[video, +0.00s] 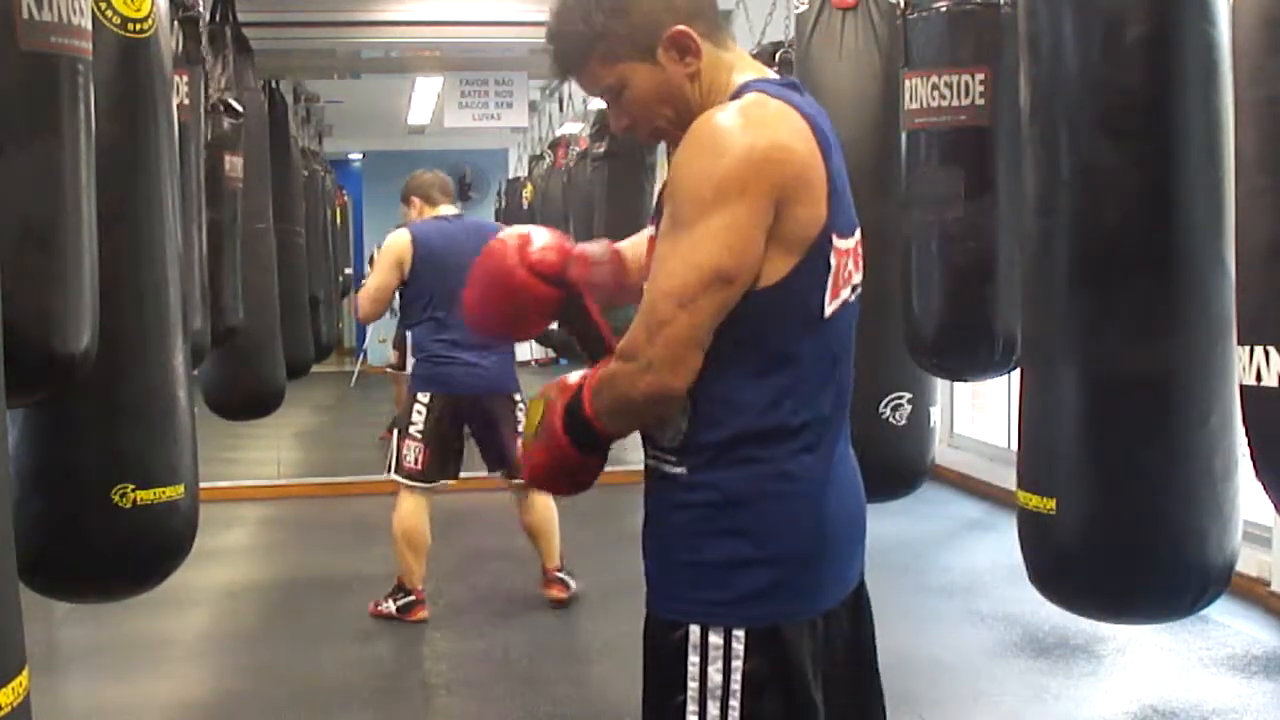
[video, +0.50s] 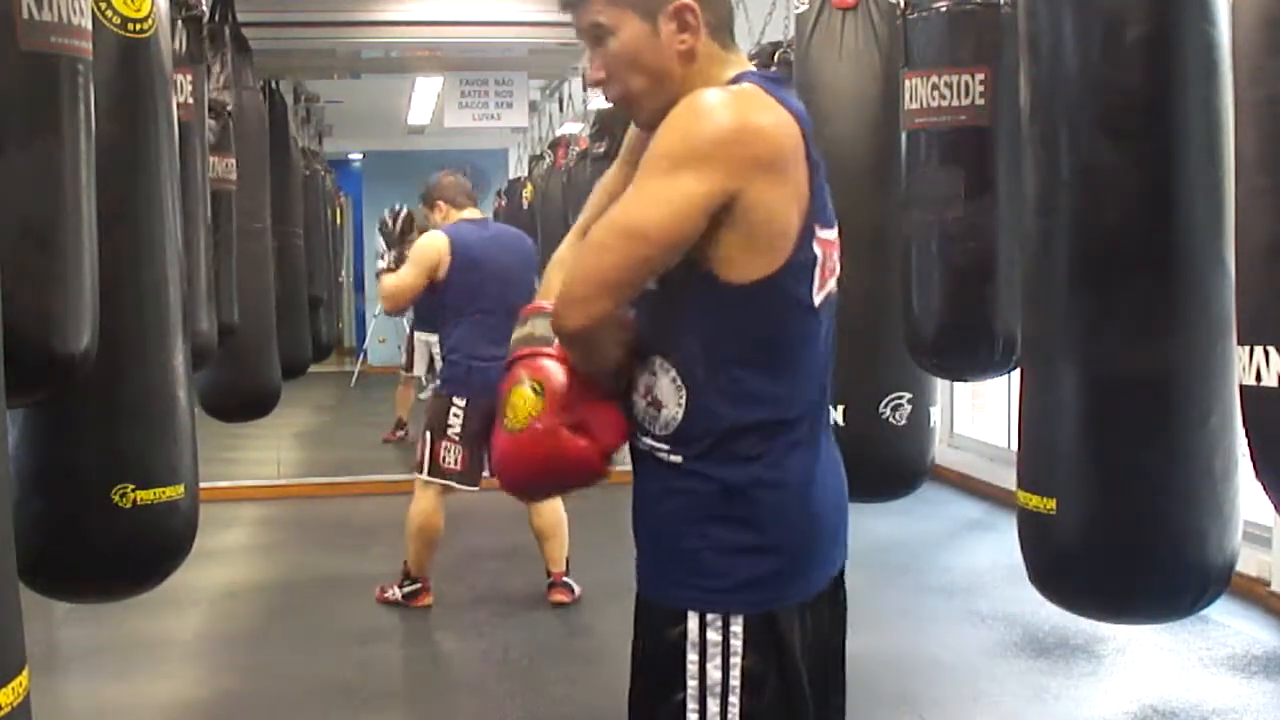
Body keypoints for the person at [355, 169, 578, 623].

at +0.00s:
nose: (406, 216)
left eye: (405, 211)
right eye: (406, 211)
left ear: (416, 204)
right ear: (454, 200)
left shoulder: (405, 241)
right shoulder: (497, 236)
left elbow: (367, 311)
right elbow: (525, 300)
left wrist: (374, 275)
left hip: (435, 385)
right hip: (496, 383)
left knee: (413, 489)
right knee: (527, 482)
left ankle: (410, 592)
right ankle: (555, 574)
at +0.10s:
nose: (427, 218)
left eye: (428, 211)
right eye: (428, 212)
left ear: (439, 207)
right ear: (476, 205)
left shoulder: (427, 243)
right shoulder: (521, 245)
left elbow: (387, 307)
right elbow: (539, 308)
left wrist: (393, 269)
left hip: (450, 393)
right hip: (509, 392)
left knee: (411, 492)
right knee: (532, 489)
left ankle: (410, 590)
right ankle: (558, 581)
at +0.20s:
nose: (444, 222)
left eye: (444, 217)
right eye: (443, 217)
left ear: (456, 212)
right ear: (491, 210)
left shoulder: (448, 244)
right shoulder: (535, 254)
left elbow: (423, 317)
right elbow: (532, 318)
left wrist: (408, 294)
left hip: (460, 388)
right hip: (519, 389)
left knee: (401, 479)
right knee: (539, 484)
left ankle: (406, 575)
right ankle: (560, 581)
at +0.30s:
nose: (449, 218)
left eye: (448, 212)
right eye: (447, 213)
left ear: (460, 207)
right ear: (495, 205)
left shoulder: (454, 237)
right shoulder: (536, 246)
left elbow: (429, 310)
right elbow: (532, 309)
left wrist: (415, 287)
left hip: (467, 379)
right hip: (525, 378)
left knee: (411, 472)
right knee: (538, 480)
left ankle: (408, 573)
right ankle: (560, 580)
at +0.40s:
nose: (444, 216)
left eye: (443, 210)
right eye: (442, 211)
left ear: (455, 205)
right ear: (490, 202)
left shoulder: (451, 236)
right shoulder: (532, 243)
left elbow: (415, 303)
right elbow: (530, 309)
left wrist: (404, 281)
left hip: (465, 378)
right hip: (522, 375)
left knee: (429, 480)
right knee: (541, 480)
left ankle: (416, 581)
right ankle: (560, 581)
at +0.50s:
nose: (430, 221)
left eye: (429, 215)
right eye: (429, 215)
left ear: (441, 208)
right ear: (476, 203)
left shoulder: (438, 243)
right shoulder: (522, 242)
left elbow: (392, 298)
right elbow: (527, 303)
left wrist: (392, 263)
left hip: (463, 379)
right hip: (520, 376)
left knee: (430, 484)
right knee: (540, 479)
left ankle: (415, 581)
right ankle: (559, 577)